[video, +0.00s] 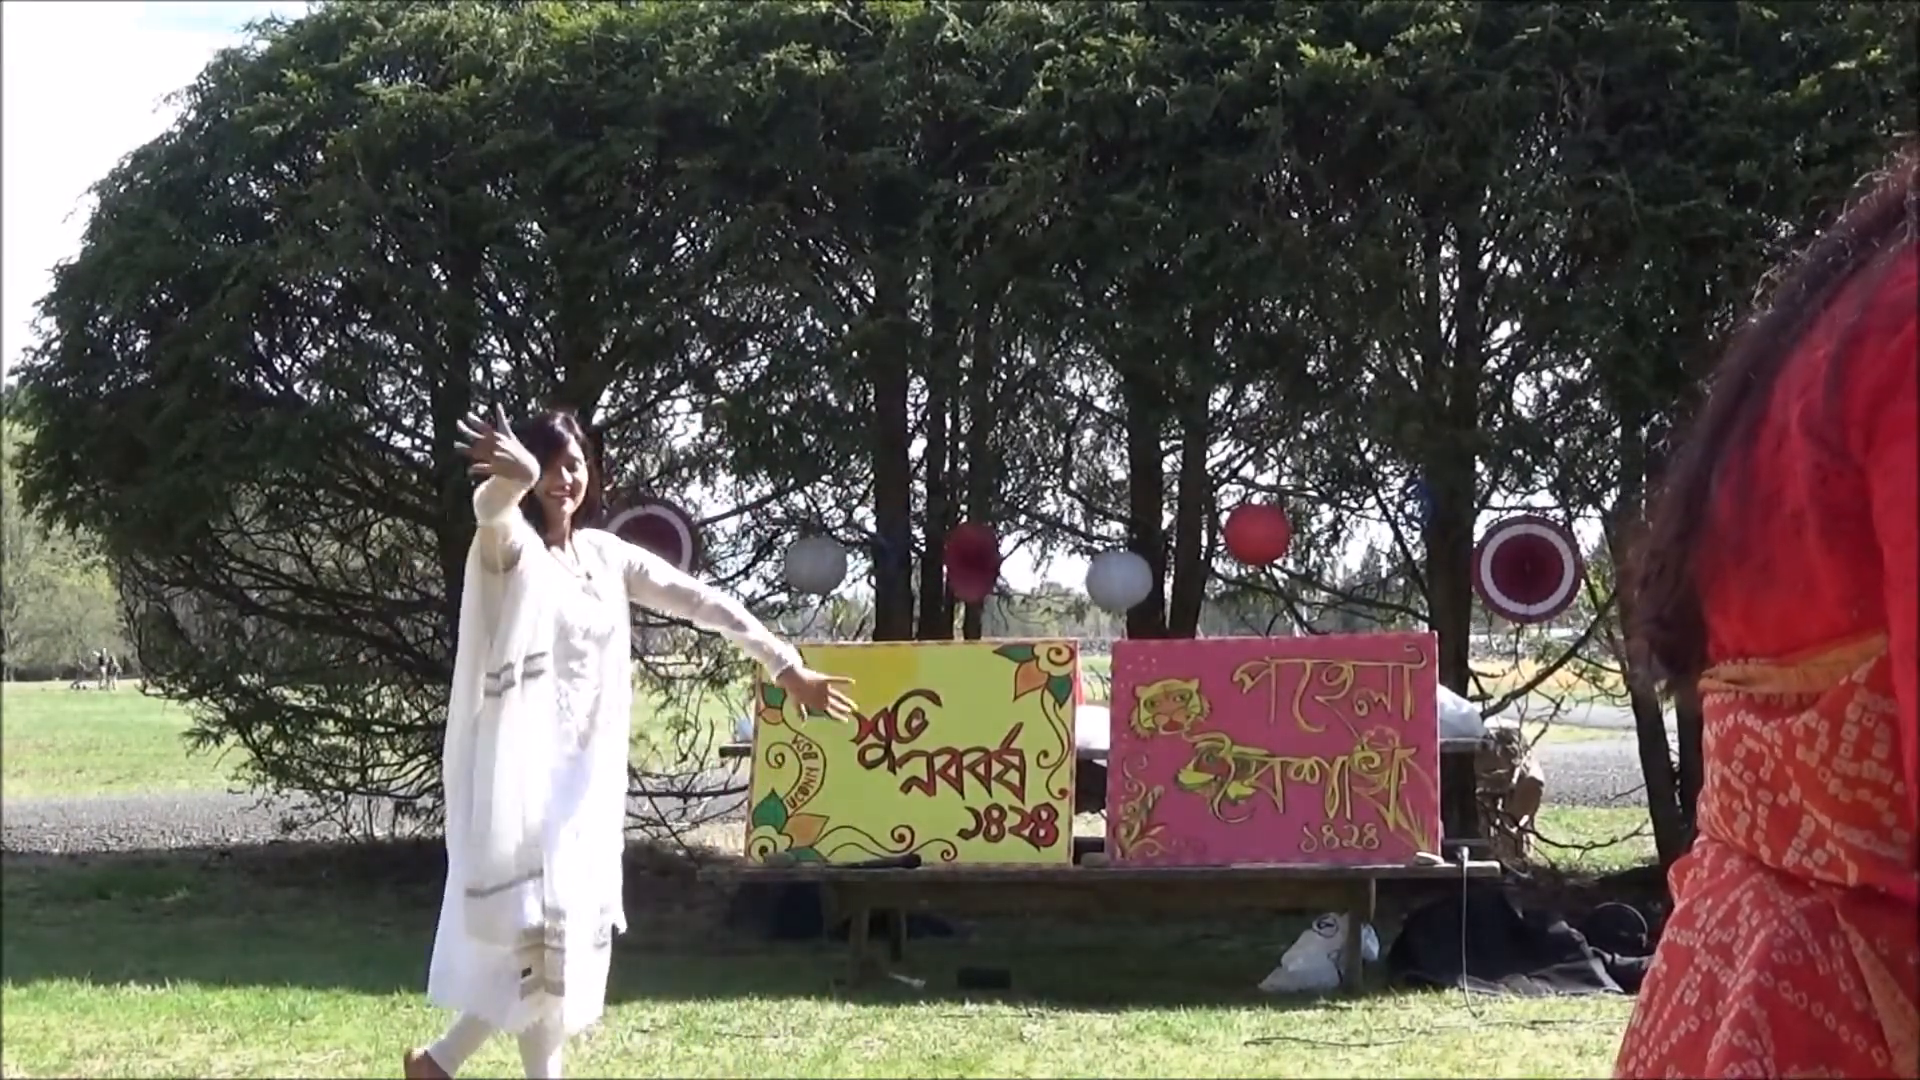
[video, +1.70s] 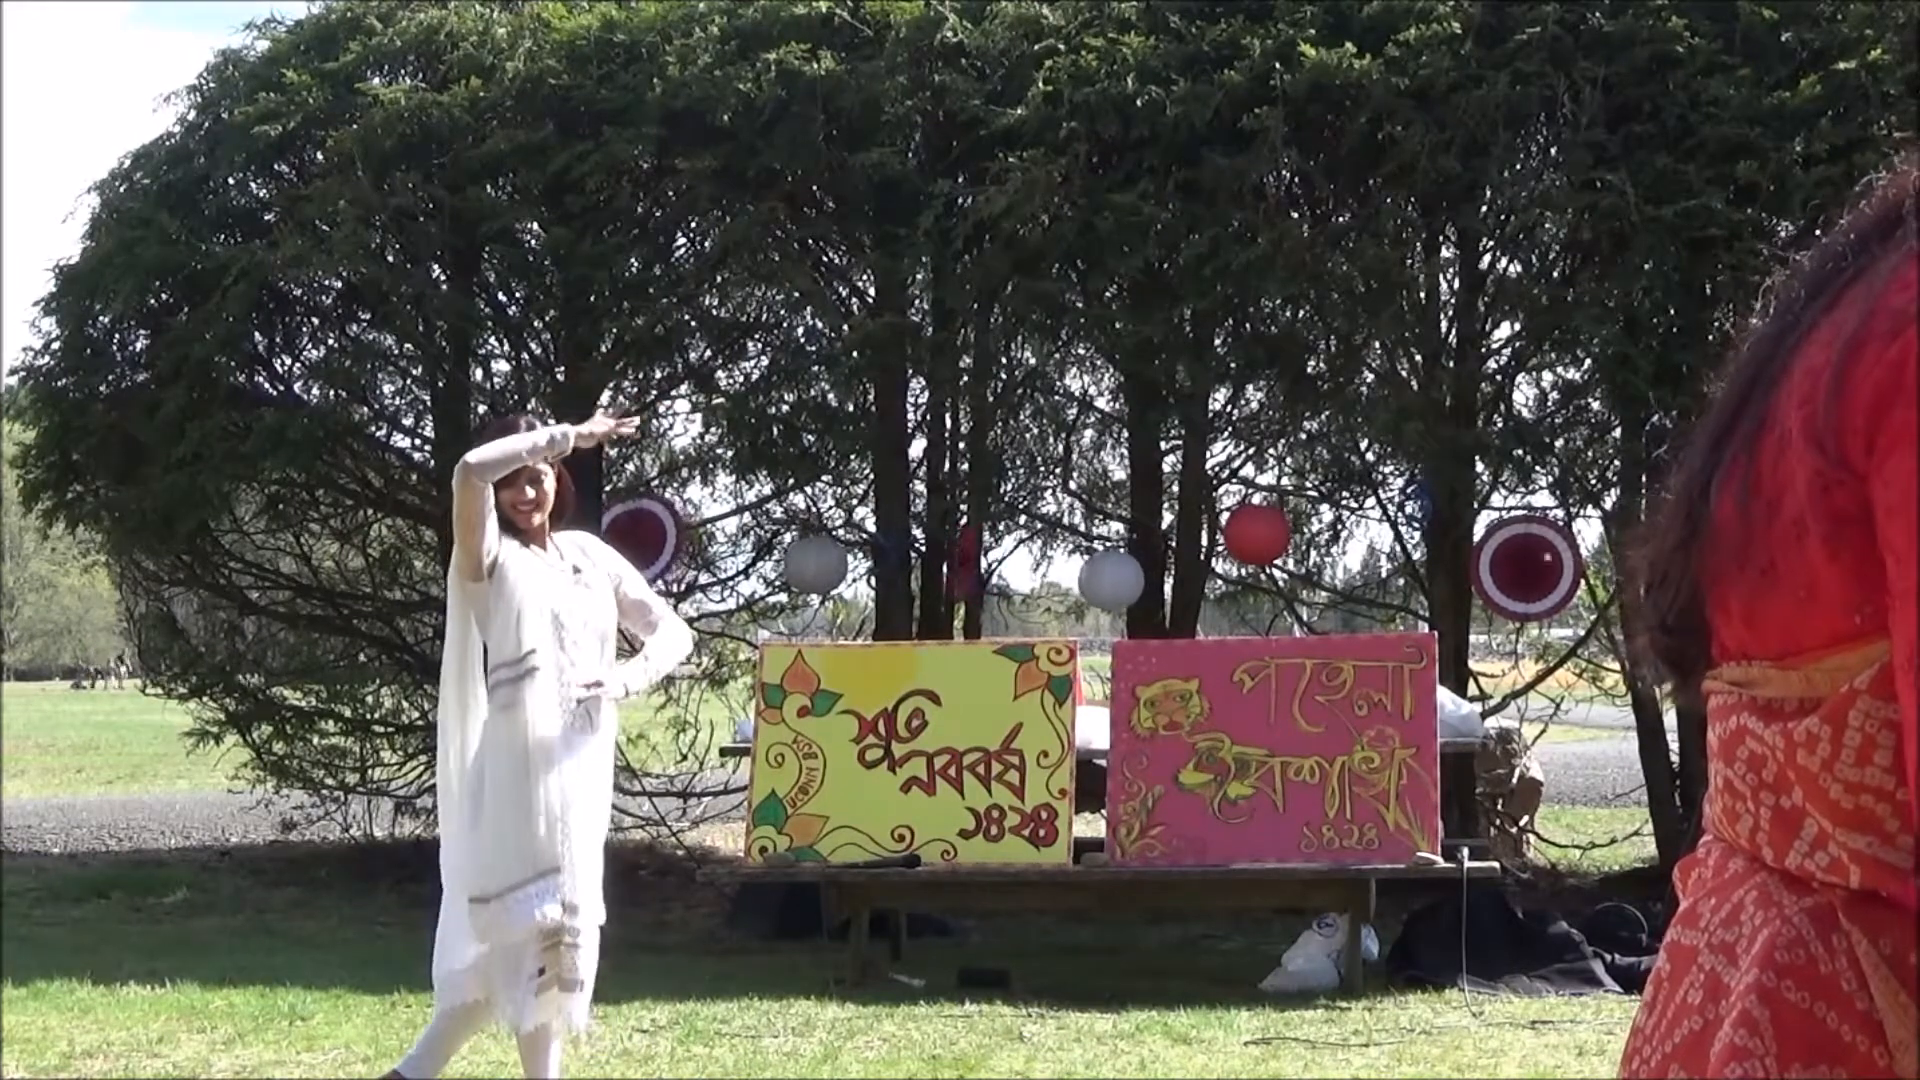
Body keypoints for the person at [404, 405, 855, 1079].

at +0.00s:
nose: (564, 478)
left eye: (576, 465)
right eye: (552, 465)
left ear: (591, 476)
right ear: (527, 474)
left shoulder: (606, 554)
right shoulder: (508, 546)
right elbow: (492, 510)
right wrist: (520, 473)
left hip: (584, 782)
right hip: (514, 781)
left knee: (563, 943)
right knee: (542, 942)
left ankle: (438, 1060)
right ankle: (544, 1073)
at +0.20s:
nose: (559, 485)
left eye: (569, 471)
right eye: (542, 471)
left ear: (582, 485)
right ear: (509, 483)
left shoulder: (598, 562)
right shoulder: (496, 560)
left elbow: (692, 618)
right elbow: (528, 483)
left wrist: (709, 667)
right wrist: (609, 434)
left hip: (581, 786)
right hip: (509, 786)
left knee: (554, 950)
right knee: (541, 951)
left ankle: (428, 1061)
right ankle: (546, 1072)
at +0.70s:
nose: (543, 509)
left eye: (552, 494)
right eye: (528, 496)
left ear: (566, 502)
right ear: (502, 508)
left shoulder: (591, 579)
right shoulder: (490, 583)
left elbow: (677, 650)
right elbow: (469, 517)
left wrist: (625, 682)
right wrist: (552, 464)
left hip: (583, 784)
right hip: (516, 783)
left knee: (551, 959)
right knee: (541, 954)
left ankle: (403, 1070)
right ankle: (550, 1072)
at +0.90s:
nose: (534, 516)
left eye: (544, 502)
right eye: (518, 505)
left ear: (560, 510)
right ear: (497, 516)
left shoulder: (589, 583)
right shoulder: (488, 589)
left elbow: (685, 653)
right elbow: (462, 516)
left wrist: (631, 673)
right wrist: (538, 467)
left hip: (587, 786)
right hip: (515, 786)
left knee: (579, 949)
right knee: (542, 954)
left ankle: (421, 947)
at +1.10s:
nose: (524, 515)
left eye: (536, 499)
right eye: (509, 504)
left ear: (556, 503)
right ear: (490, 516)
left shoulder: (589, 580)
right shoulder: (482, 586)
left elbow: (680, 653)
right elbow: (459, 504)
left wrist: (627, 683)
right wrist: (542, 459)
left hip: (587, 779)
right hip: (510, 780)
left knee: (584, 941)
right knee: (541, 941)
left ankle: (422, 974)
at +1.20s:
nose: (522, 513)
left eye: (533, 497)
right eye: (508, 503)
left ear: (553, 500)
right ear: (489, 516)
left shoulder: (588, 576)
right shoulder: (481, 582)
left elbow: (677, 654)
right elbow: (458, 503)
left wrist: (625, 686)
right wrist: (541, 458)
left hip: (581, 791)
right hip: (508, 790)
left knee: (563, 966)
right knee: (540, 965)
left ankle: (425, 1072)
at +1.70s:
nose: (526, 493)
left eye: (538, 477)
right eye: (512, 480)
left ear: (559, 481)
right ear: (490, 491)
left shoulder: (589, 553)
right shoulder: (485, 558)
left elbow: (674, 632)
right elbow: (471, 470)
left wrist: (628, 673)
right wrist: (576, 433)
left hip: (580, 775)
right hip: (510, 774)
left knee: (513, 952)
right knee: (541, 944)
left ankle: (411, 1071)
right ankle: (544, 1073)